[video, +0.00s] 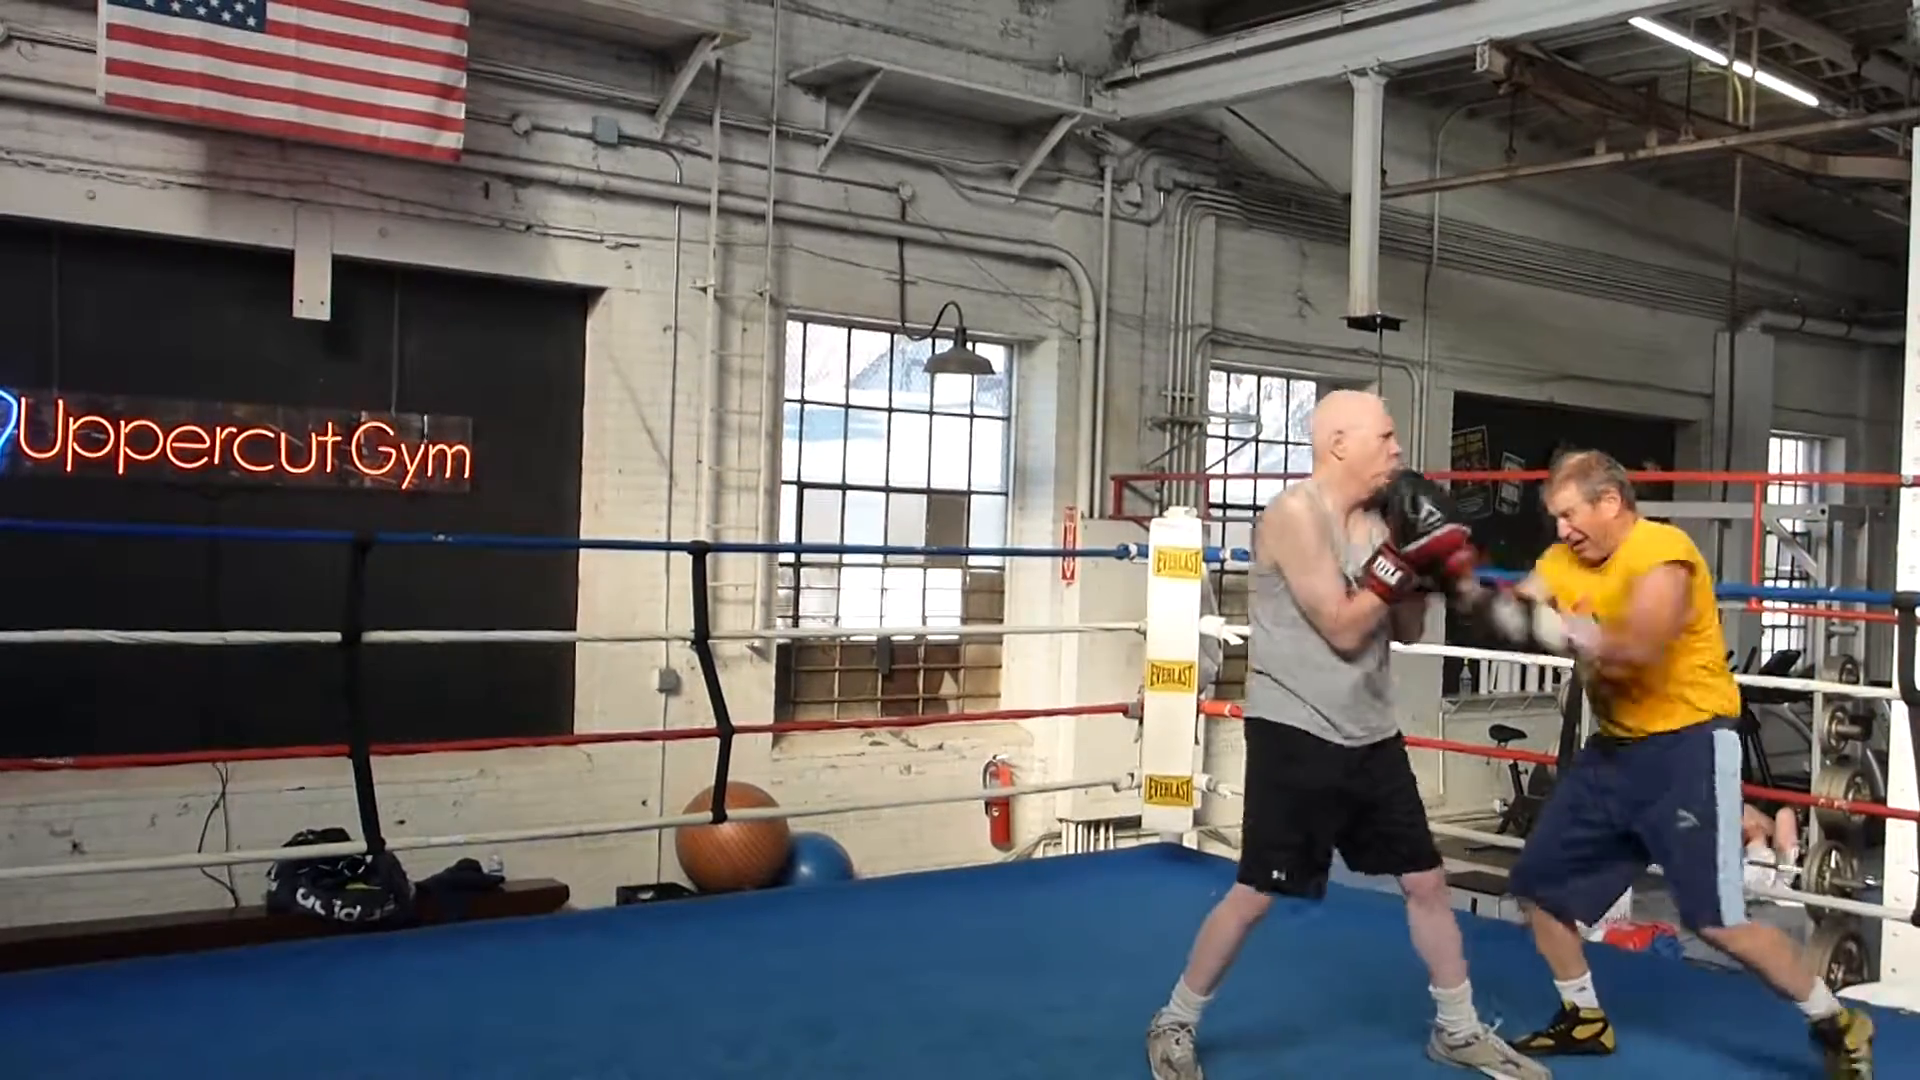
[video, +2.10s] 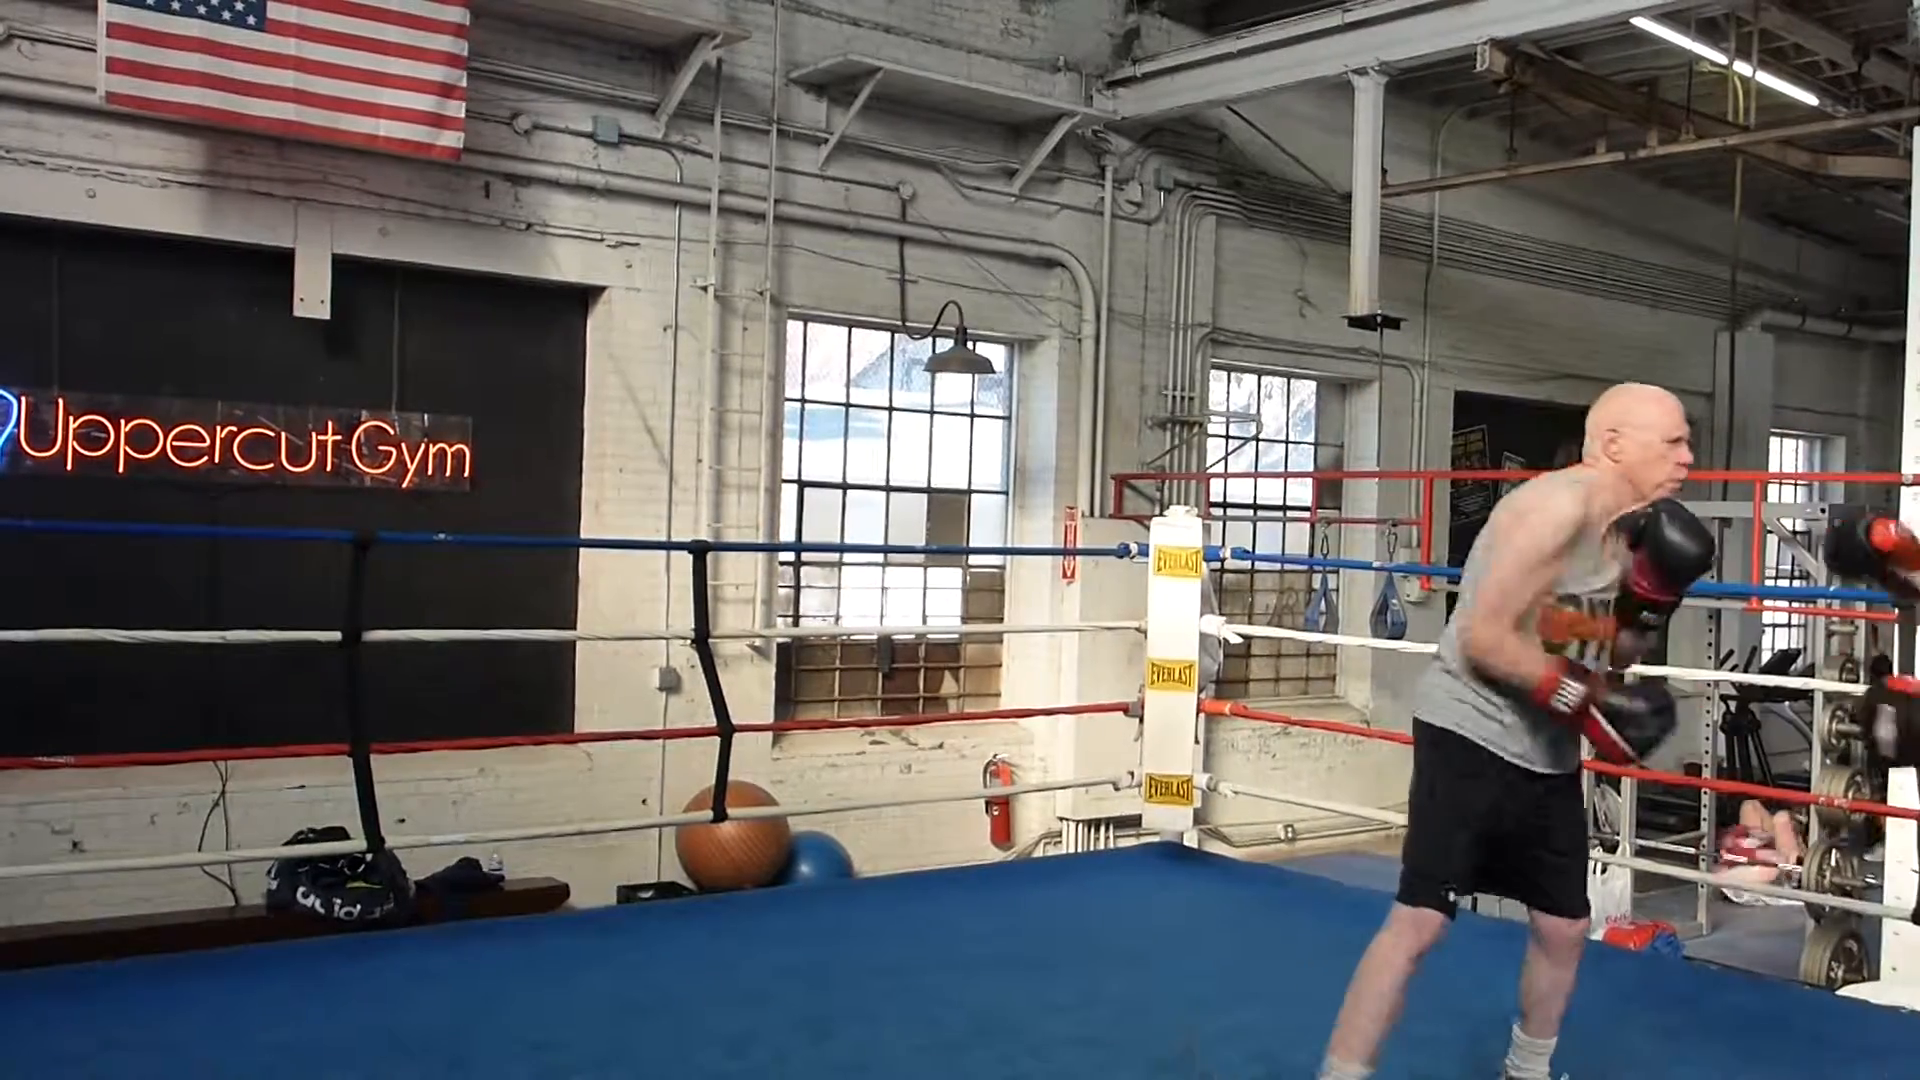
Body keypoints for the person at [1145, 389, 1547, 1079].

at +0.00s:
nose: (1399, 451)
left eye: (1397, 439)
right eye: (1386, 438)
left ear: (1347, 445)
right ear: (1338, 444)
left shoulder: (1375, 522)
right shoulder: (1293, 512)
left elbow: (1406, 630)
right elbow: (1345, 631)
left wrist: (1423, 560)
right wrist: (1402, 560)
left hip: (1371, 735)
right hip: (1293, 733)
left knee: (1426, 879)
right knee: (1257, 891)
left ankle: (1458, 1028)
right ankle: (1176, 1021)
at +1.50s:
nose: (1459, 451)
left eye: (1460, 438)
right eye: (1443, 440)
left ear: (1461, 443)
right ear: (1394, 449)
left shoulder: (1471, 518)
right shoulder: (1346, 521)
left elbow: (1508, 633)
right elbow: (1332, 653)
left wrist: (1492, 558)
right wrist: (1391, 640)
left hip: (1466, 755)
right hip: (1363, 754)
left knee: (1523, 910)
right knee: (1304, 910)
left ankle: (1530, 1071)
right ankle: (1240, 1039)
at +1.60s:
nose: (1512, 460)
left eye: (1510, 446)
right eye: (1497, 446)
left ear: (1480, 456)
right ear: (1444, 455)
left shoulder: (1501, 523)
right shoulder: (1394, 524)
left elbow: (1528, 643)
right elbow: (1407, 667)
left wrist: (1502, 597)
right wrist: (1500, 665)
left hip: (1478, 758)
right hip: (1386, 759)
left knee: (1541, 909)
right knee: (1319, 919)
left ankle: (1527, 1071)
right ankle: (1241, 1039)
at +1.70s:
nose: (1567, 462)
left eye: (1564, 447)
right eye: (1552, 448)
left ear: (1502, 460)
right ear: (1501, 457)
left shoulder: (1482, 519)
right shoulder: (1485, 527)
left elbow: (1507, 639)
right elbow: (1586, 646)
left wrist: (1565, 573)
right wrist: (1682, 630)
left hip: (1488, 765)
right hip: (1412, 764)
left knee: (1549, 905)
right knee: (1334, 915)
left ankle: (1528, 1071)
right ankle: (1234, 1027)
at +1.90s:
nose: (1659, 464)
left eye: (1655, 449)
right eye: (1644, 451)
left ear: (1583, 460)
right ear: (1590, 459)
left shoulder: (1529, 502)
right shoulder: (1597, 530)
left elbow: (1544, 623)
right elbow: (1673, 673)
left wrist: (1618, 608)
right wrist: (1765, 705)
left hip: (1514, 757)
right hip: (1451, 749)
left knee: (1552, 911)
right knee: (1372, 916)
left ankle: (1525, 1070)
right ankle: (1215, 1017)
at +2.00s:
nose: (1689, 465)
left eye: (1686, 450)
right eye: (1674, 451)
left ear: (1615, 455)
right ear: (1616, 454)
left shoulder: (1573, 504)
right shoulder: (1592, 521)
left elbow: (1570, 647)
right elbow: (1575, 674)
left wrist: (1637, 594)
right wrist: (1662, 726)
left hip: (1528, 751)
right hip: (1461, 734)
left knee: (1555, 915)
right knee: (1392, 913)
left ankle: (1526, 1071)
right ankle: (1261, 1062)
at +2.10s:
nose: (1687, 462)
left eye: (1687, 447)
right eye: (1673, 444)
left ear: (1623, 448)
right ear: (1613, 443)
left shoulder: (1623, 535)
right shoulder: (1554, 505)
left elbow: (1605, 667)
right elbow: (1484, 636)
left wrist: (1647, 599)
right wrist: (1577, 696)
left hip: (1545, 743)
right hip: (1467, 728)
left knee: (1563, 927)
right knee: (1420, 919)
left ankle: (1528, 1071)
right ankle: (1340, 1072)